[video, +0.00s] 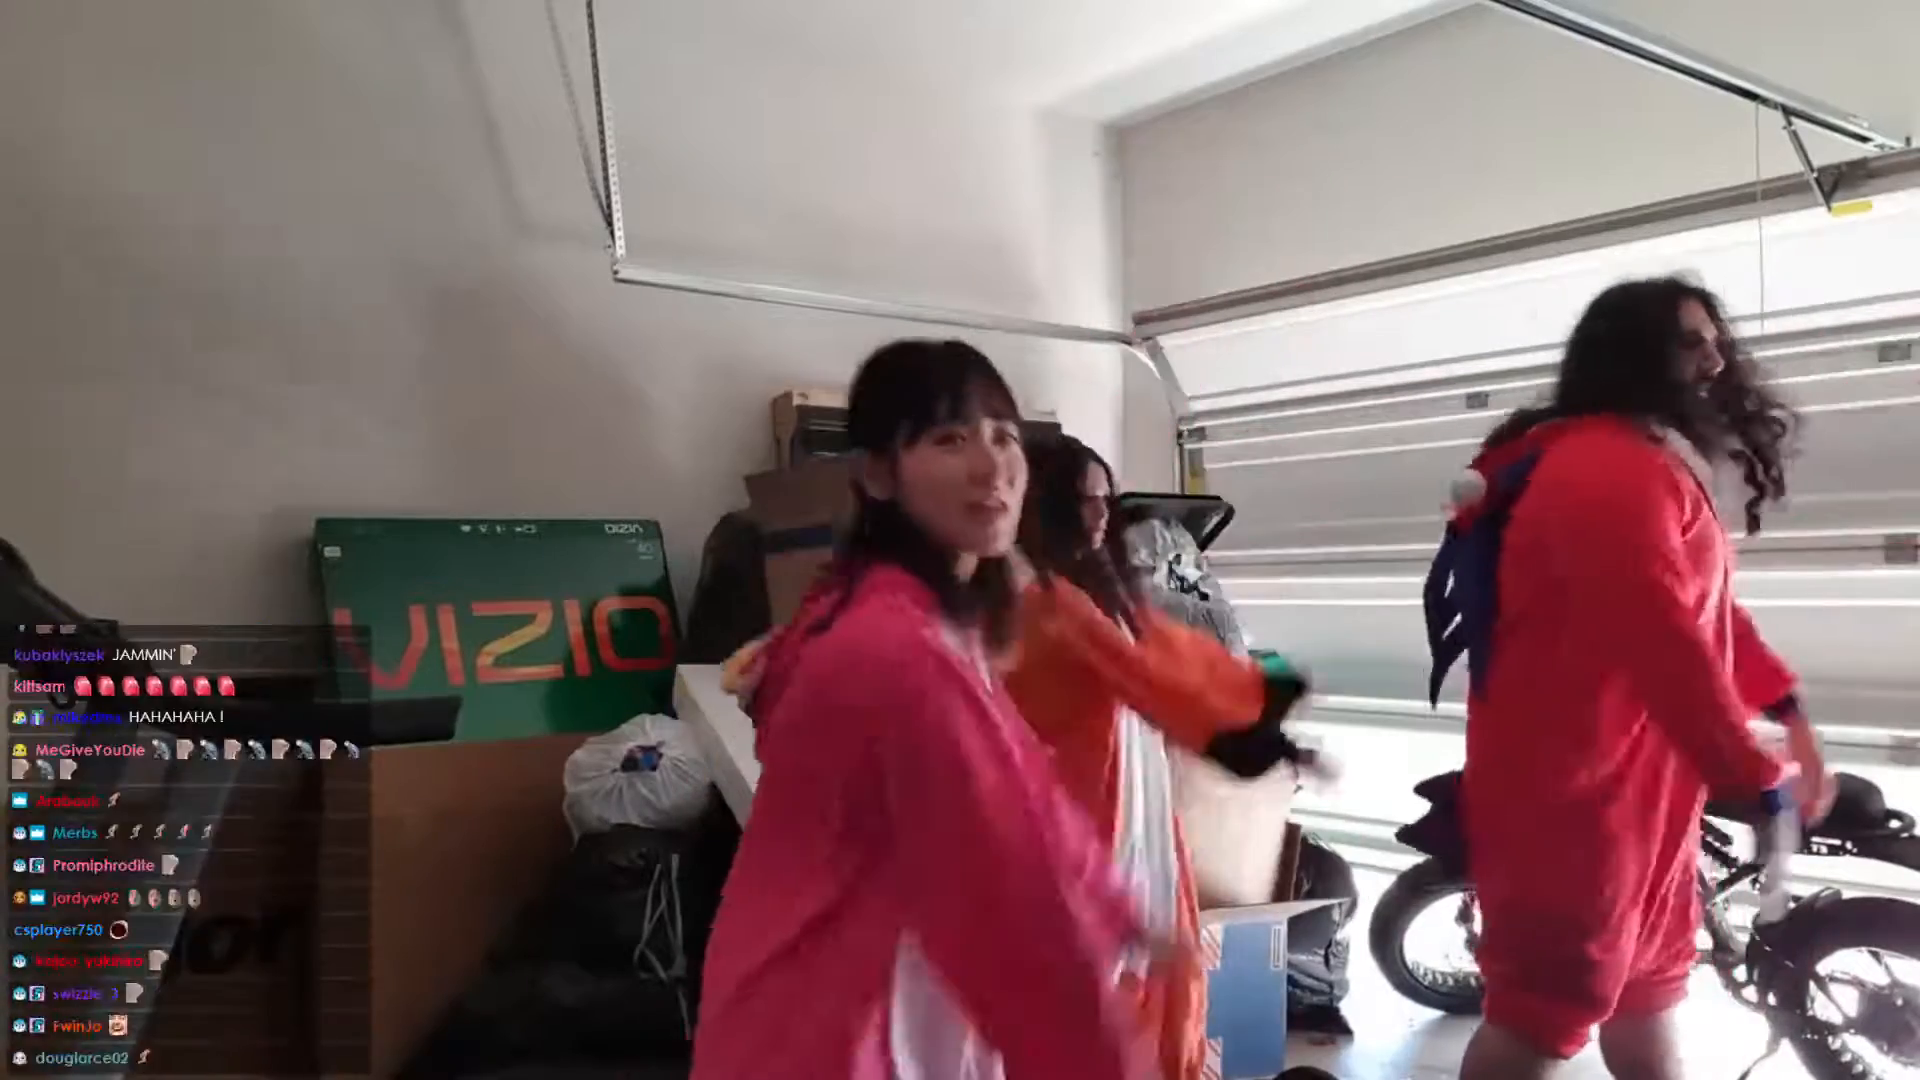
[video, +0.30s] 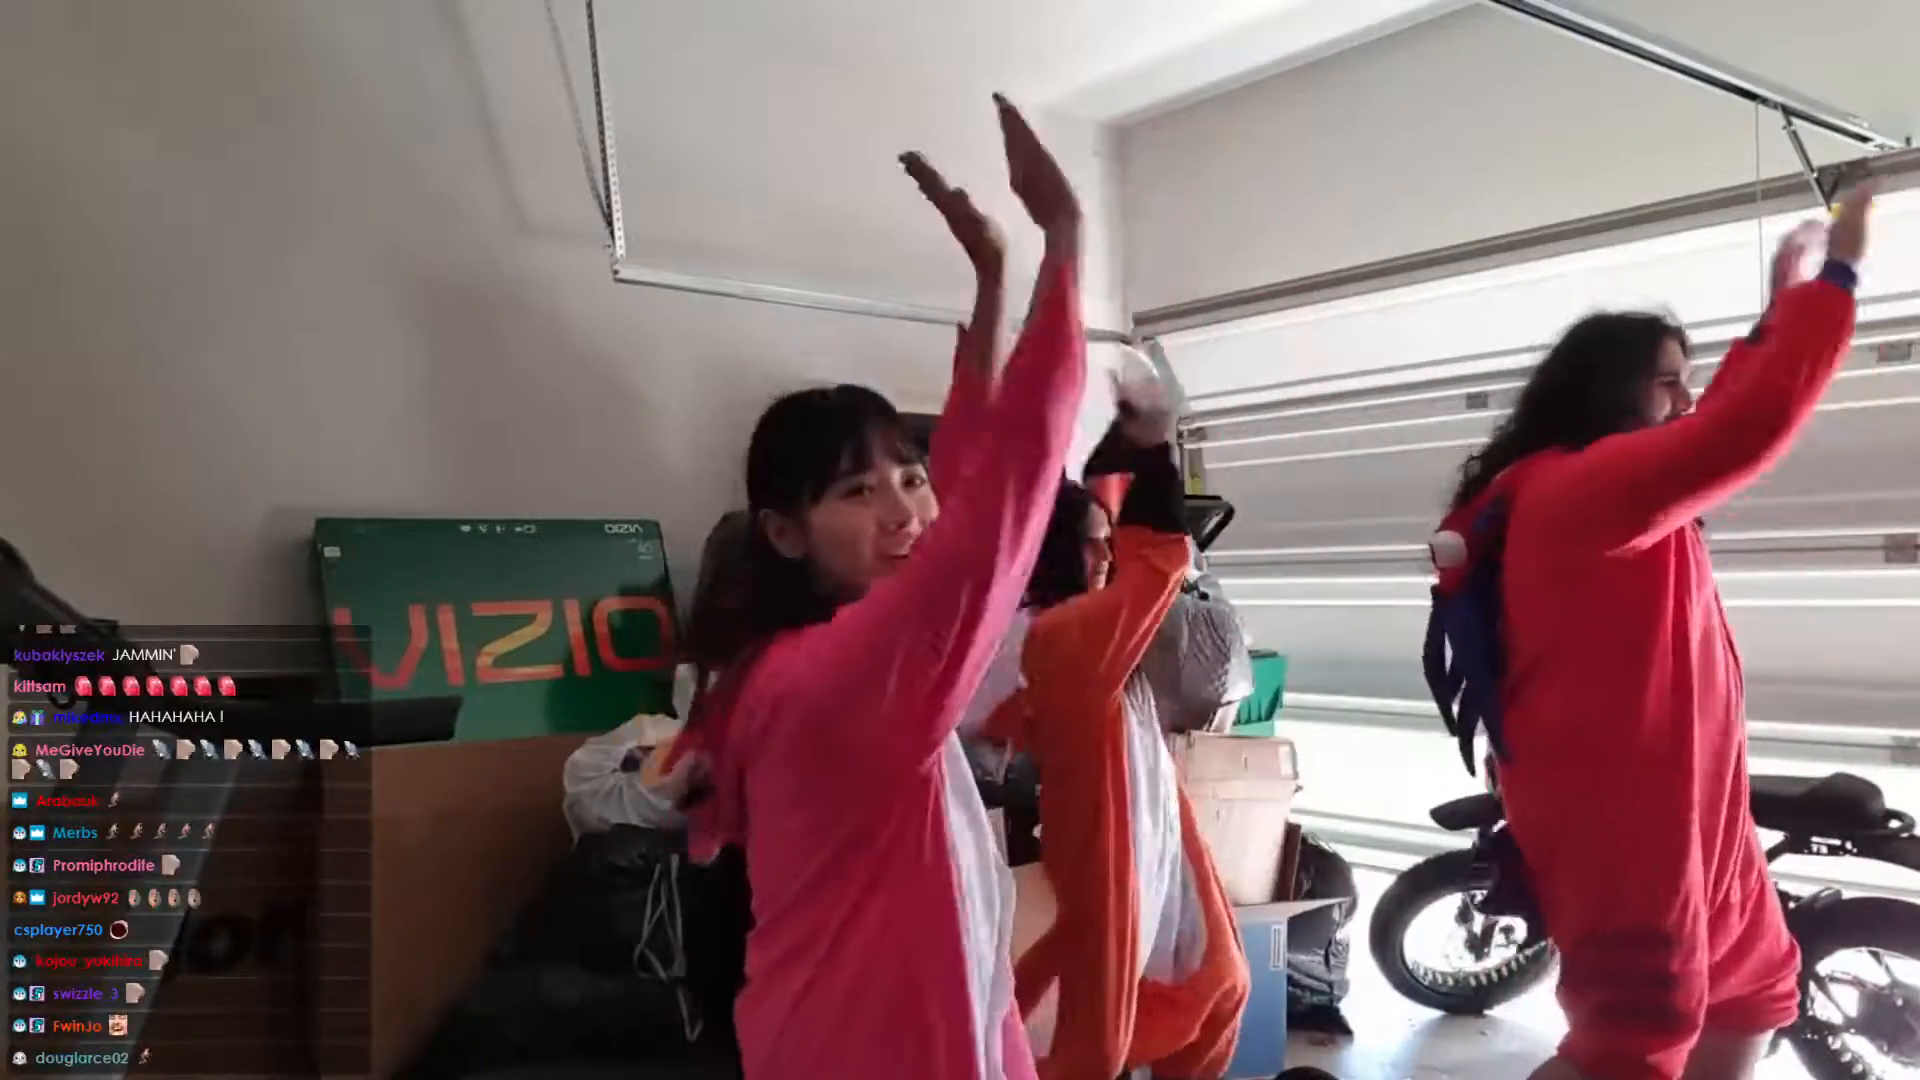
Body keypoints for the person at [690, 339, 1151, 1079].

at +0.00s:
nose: (992, 467)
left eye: (1004, 438)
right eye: (951, 441)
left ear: (1021, 457)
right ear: (878, 475)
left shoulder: (930, 625)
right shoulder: (889, 647)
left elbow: (1032, 795)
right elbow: (1016, 896)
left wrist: (1127, 920)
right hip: (819, 1036)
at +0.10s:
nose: (922, 444)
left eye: (932, 416)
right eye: (879, 418)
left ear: (953, 433)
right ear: (801, 448)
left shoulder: (895, 588)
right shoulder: (834, 608)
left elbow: (1083, 629)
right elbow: (1095, 703)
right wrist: (1422, 708)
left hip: (928, 1014)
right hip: (839, 1031)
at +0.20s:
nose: (896, 480)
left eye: (903, 449)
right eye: (849, 460)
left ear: (918, 458)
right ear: (777, 503)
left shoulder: (868, 620)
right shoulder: (802, 650)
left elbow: (1002, 527)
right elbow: (1016, 560)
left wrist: (1118, 350)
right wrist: (1230, 337)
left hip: (962, 1021)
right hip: (868, 1041)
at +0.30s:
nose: (906, 511)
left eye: (912, 480)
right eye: (861, 492)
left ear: (926, 488)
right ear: (784, 534)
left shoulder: (855, 661)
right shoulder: (819, 681)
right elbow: (989, 522)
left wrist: (990, 289)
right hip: (872, 1052)